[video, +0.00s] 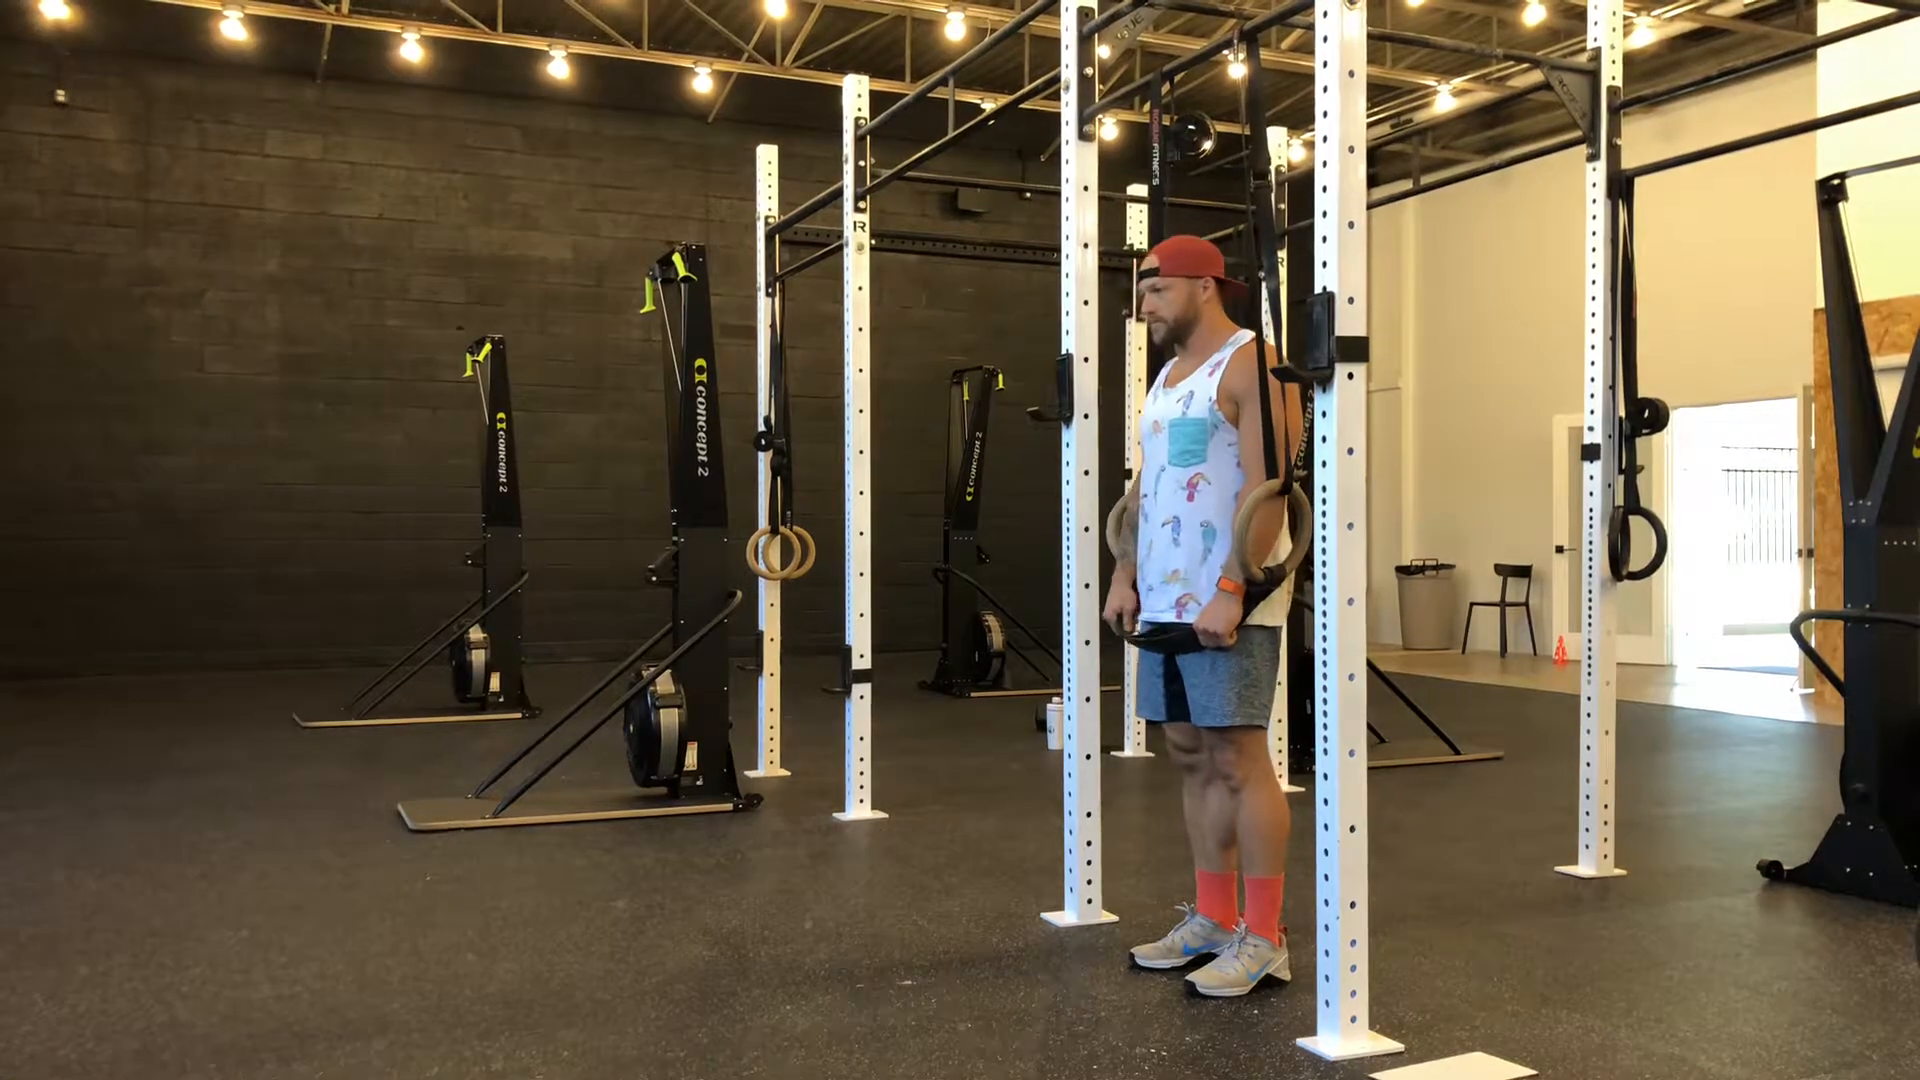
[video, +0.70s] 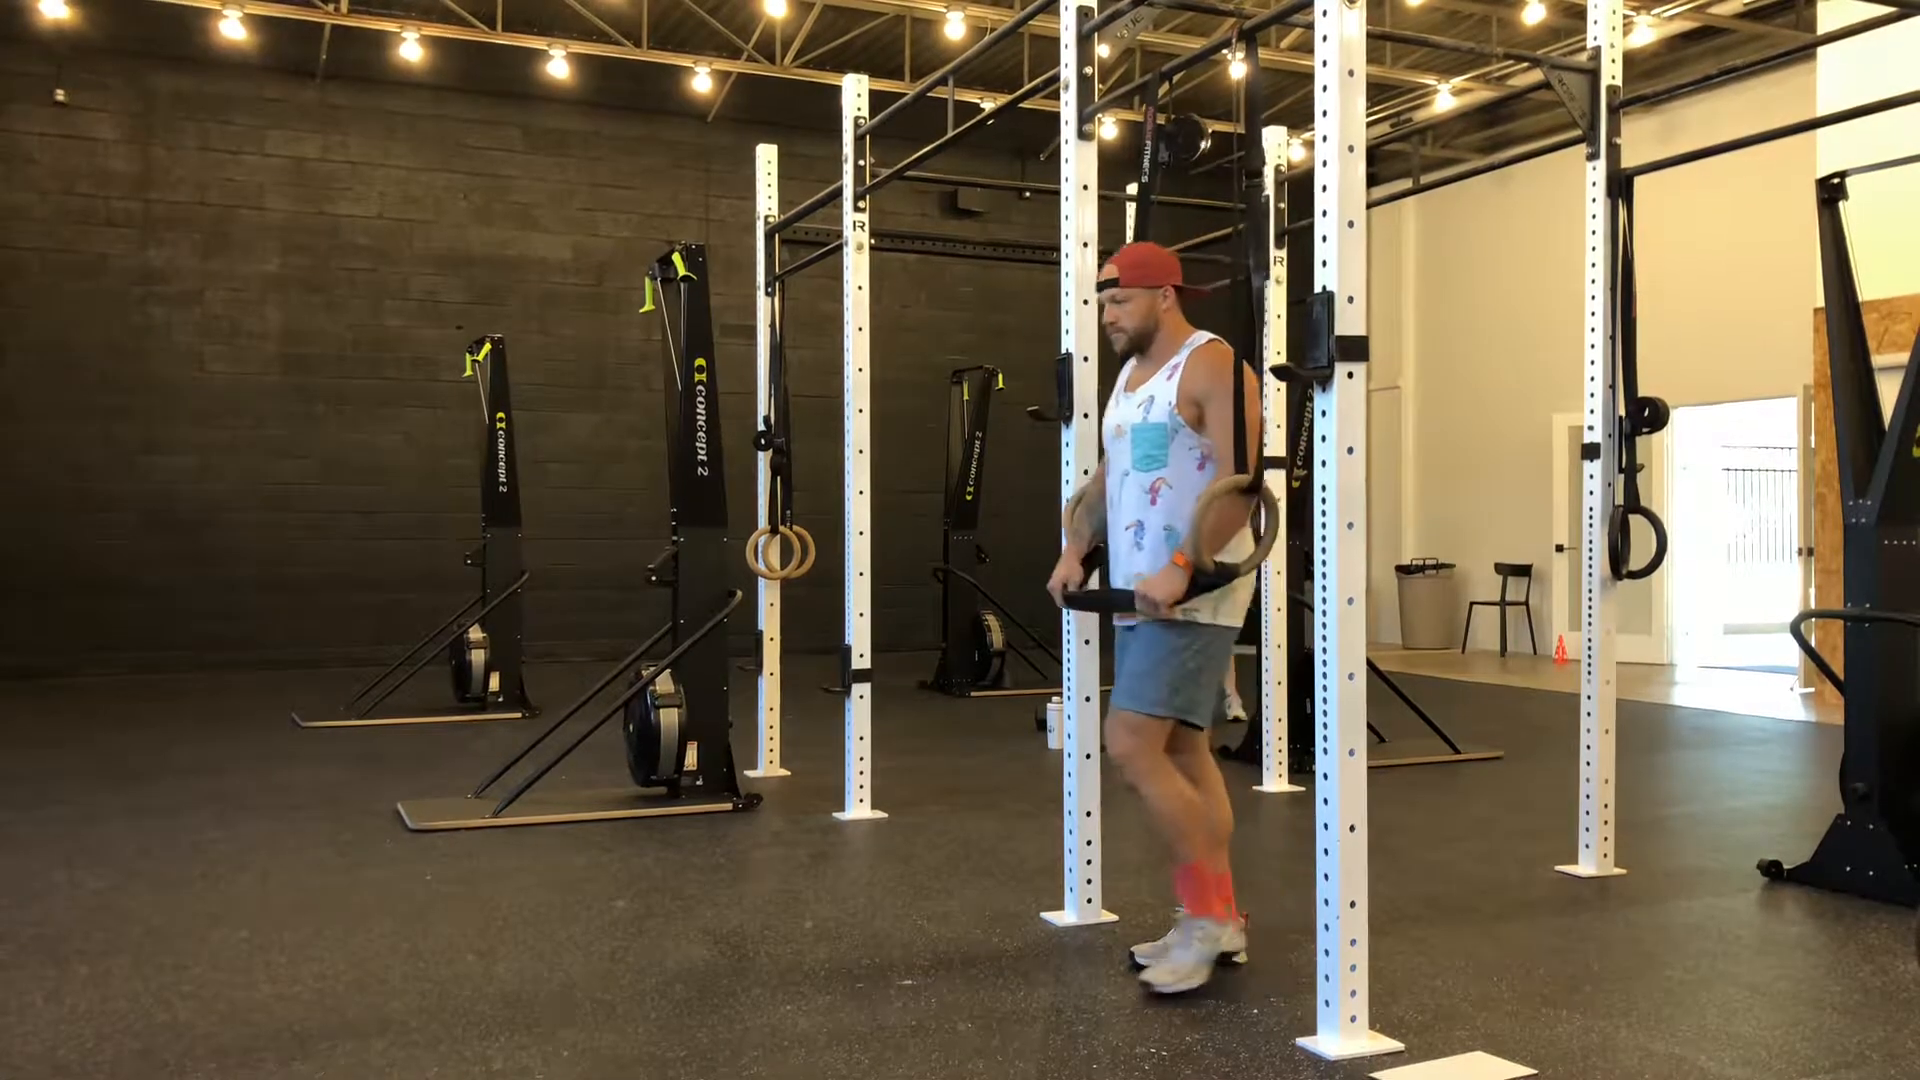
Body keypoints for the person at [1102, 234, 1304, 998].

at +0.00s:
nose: (1143, 296)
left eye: (1156, 282)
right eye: (1142, 285)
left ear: (1203, 288)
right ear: (1169, 295)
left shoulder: (1251, 364)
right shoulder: (1168, 375)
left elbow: (1267, 489)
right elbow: (1153, 491)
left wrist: (1233, 587)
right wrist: (1127, 571)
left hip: (1230, 604)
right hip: (1168, 605)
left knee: (1243, 762)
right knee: (1192, 759)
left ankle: (1263, 939)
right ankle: (1212, 921)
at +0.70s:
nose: (1107, 309)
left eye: (1118, 295)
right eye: (1104, 297)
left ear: (1163, 298)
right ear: (1124, 304)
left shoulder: (1210, 363)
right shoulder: (1131, 377)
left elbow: (1243, 480)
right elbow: (1110, 477)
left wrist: (1187, 565)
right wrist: (1076, 544)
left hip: (1197, 591)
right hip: (1149, 589)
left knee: (1133, 742)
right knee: (1187, 754)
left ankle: (1207, 919)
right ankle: (1219, 917)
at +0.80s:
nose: (1083, 313)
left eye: (1094, 298)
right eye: (1079, 301)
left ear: (1140, 299)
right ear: (1095, 309)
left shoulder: (1193, 368)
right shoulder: (1111, 380)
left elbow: (1232, 484)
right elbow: (1097, 475)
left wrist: (1173, 559)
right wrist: (1062, 536)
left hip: (1180, 596)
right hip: (1134, 595)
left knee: (1116, 750)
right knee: (1178, 759)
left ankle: (1113, 948)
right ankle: (1217, 924)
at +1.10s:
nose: (994, 320)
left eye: (1005, 305)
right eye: (991, 307)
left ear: (1055, 301)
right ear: (1029, 309)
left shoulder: (1115, 368)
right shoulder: (1034, 381)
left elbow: (1190, 465)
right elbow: (1048, 486)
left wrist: (1118, 542)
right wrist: (1011, 540)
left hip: (1098, 596)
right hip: (1056, 594)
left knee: (1030, 757)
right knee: (1094, 762)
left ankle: (1038, 959)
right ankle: (1193, 894)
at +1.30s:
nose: (942, 314)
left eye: (951, 296)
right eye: (938, 299)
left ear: (998, 286)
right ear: (981, 294)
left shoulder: (1067, 349)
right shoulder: (995, 365)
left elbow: (1150, 436)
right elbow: (1037, 469)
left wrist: (1087, 523)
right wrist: (992, 530)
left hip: (1057, 597)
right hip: (998, 591)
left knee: (1027, 764)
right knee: (975, 751)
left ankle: (1038, 964)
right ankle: (1109, 870)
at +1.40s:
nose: (914, 315)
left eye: (921, 297)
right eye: (909, 301)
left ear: (968, 283)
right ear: (951, 292)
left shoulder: (1038, 340)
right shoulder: (968, 362)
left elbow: (1130, 423)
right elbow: (1003, 471)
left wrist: (1074, 522)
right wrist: (970, 543)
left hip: (1034, 603)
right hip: (971, 596)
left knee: (1023, 767)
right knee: (940, 748)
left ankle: (1040, 960)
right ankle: (1005, 920)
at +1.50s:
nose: (893, 313)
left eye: (900, 294)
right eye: (888, 298)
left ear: (947, 280)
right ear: (930, 288)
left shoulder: (1016, 335)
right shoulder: (943, 367)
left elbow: (1111, 418)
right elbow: (983, 474)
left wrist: (1060, 521)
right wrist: (953, 554)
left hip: (1017, 602)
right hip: (955, 598)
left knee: (1017, 768)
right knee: (934, 757)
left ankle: (1036, 962)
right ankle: (929, 947)